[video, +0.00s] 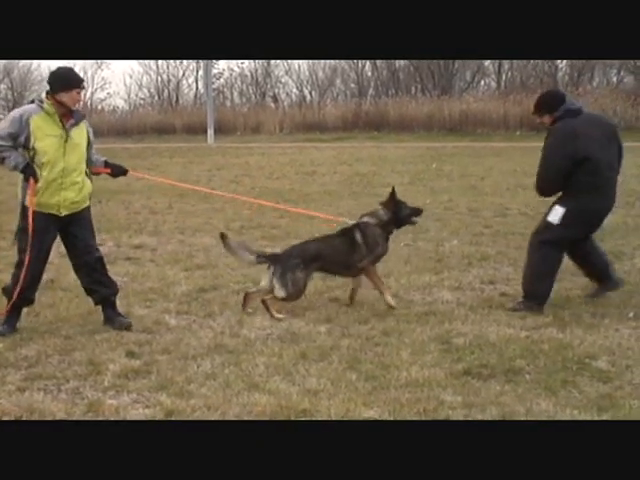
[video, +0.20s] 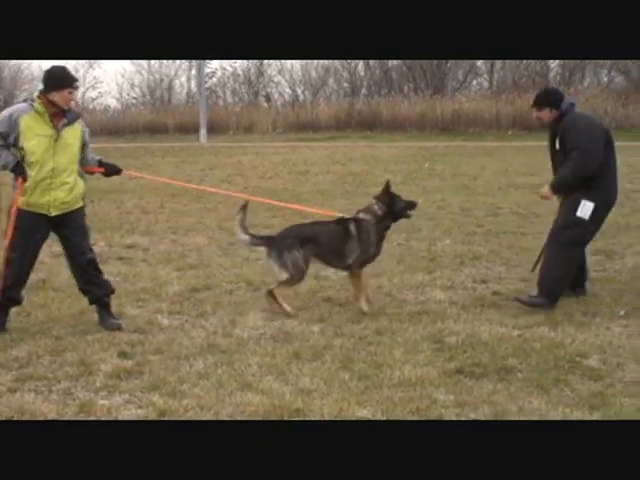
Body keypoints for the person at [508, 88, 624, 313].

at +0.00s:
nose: (541, 122)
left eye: (541, 117)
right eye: (539, 117)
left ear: (552, 113)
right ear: (564, 106)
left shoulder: (561, 133)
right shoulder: (602, 124)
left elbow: (546, 186)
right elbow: (615, 161)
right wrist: (600, 178)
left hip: (577, 201)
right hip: (603, 199)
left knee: (543, 241)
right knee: (575, 239)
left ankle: (533, 301)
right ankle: (607, 280)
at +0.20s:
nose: (537, 116)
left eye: (540, 111)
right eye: (536, 111)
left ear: (554, 109)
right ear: (553, 111)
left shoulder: (579, 126)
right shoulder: (562, 128)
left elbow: (584, 163)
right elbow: (569, 164)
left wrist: (555, 187)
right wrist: (562, 189)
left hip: (593, 194)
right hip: (579, 193)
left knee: (562, 238)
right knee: (569, 237)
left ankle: (547, 294)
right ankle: (575, 284)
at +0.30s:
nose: (530, 108)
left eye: (535, 103)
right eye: (529, 103)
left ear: (549, 102)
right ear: (536, 103)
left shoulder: (578, 124)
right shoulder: (541, 127)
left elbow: (587, 160)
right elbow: (541, 163)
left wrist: (566, 188)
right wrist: (543, 193)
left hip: (587, 191)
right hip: (563, 191)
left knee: (568, 237)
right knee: (553, 236)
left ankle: (567, 294)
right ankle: (558, 285)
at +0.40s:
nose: (534, 110)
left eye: (539, 105)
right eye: (533, 104)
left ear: (552, 107)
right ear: (532, 106)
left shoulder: (576, 129)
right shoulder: (534, 132)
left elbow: (597, 164)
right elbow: (530, 164)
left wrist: (594, 201)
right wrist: (531, 192)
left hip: (578, 194)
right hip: (552, 194)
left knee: (578, 241)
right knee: (541, 237)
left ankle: (599, 297)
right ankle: (549, 286)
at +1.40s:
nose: (599, 138)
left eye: (606, 133)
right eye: (597, 132)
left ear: (623, 132)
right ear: (592, 129)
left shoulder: (635, 151)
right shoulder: (582, 150)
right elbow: (565, 181)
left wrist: (639, 206)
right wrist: (566, 220)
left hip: (635, 233)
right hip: (603, 231)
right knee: (570, 277)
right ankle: (544, 334)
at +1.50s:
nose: (604, 139)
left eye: (611, 134)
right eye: (602, 133)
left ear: (628, 134)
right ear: (597, 130)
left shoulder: (635, 155)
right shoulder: (586, 148)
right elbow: (564, 177)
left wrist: (637, 221)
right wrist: (561, 217)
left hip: (635, 224)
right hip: (604, 222)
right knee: (574, 270)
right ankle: (545, 331)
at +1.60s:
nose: (605, 142)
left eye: (611, 139)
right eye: (604, 136)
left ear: (629, 141)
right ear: (601, 132)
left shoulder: (635, 163)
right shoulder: (588, 150)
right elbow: (567, 175)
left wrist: (637, 240)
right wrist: (562, 214)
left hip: (635, 232)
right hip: (600, 223)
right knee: (569, 271)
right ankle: (544, 332)